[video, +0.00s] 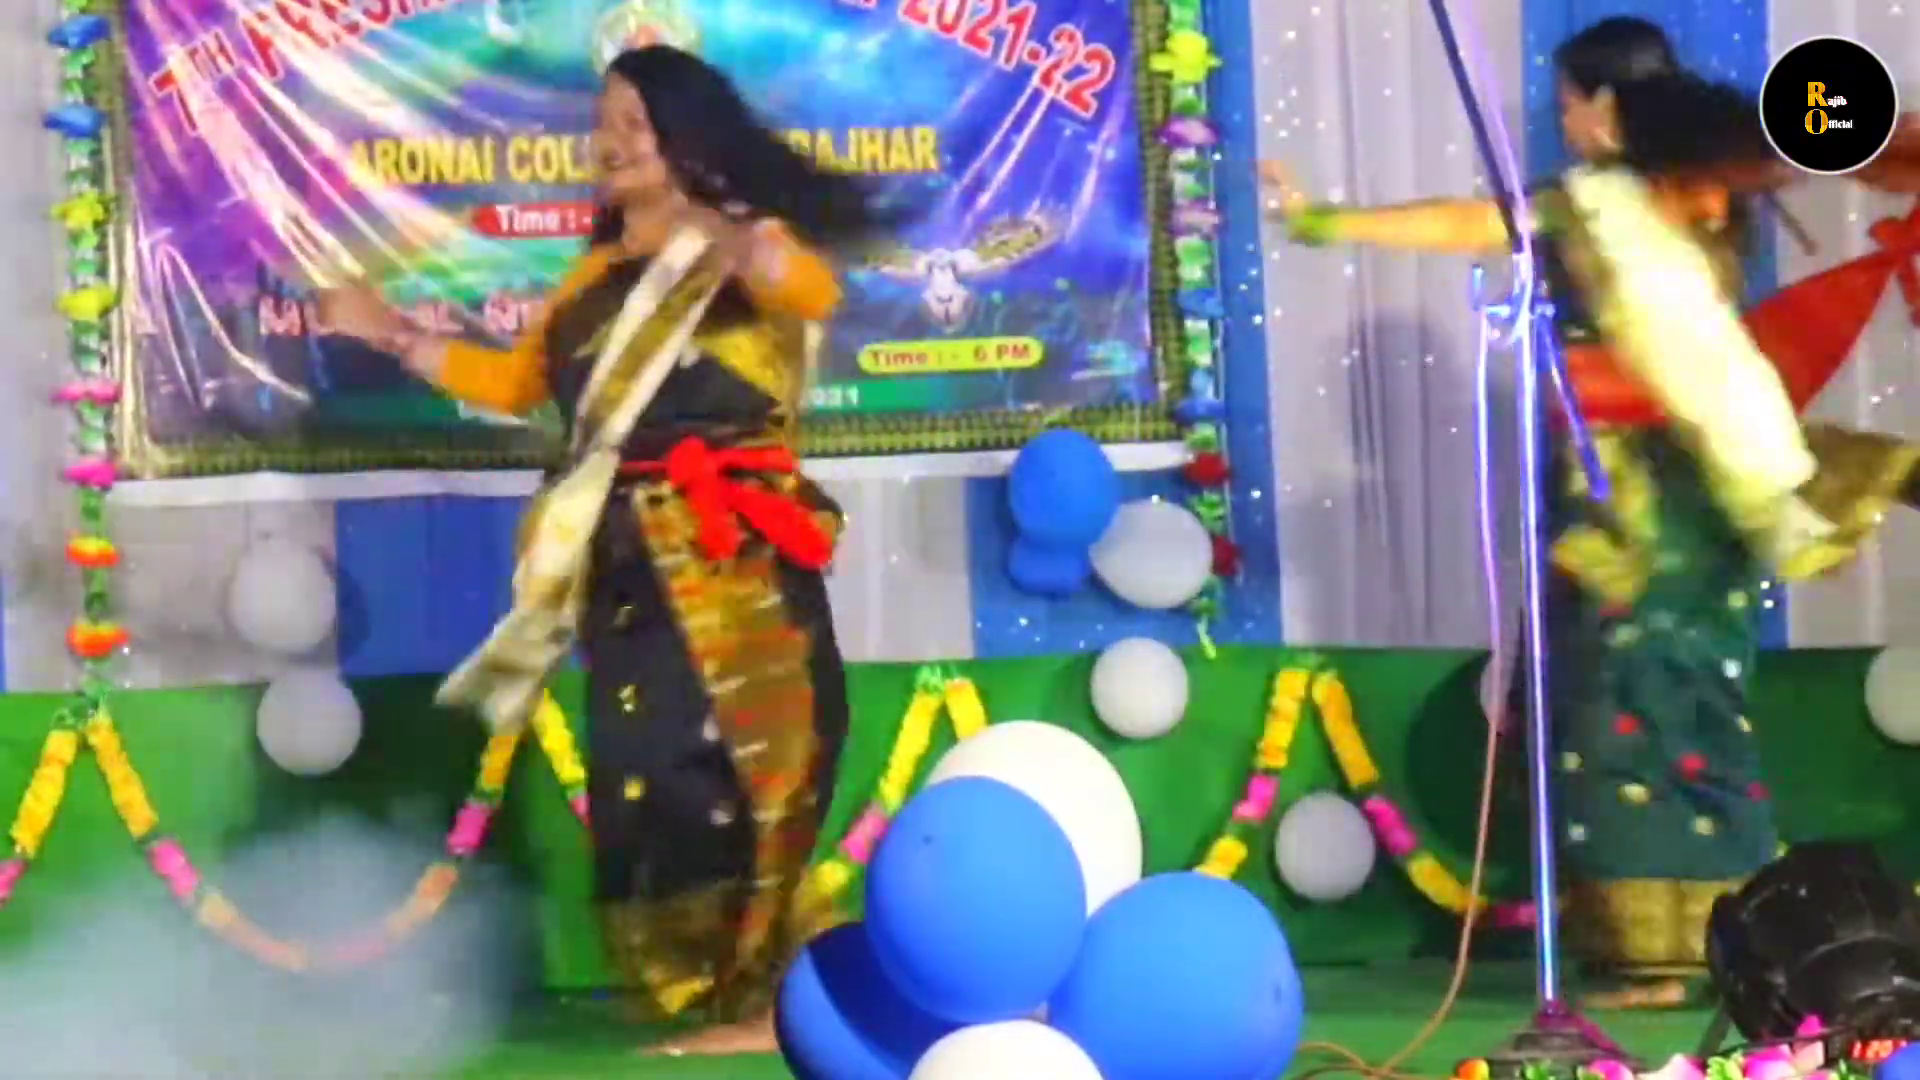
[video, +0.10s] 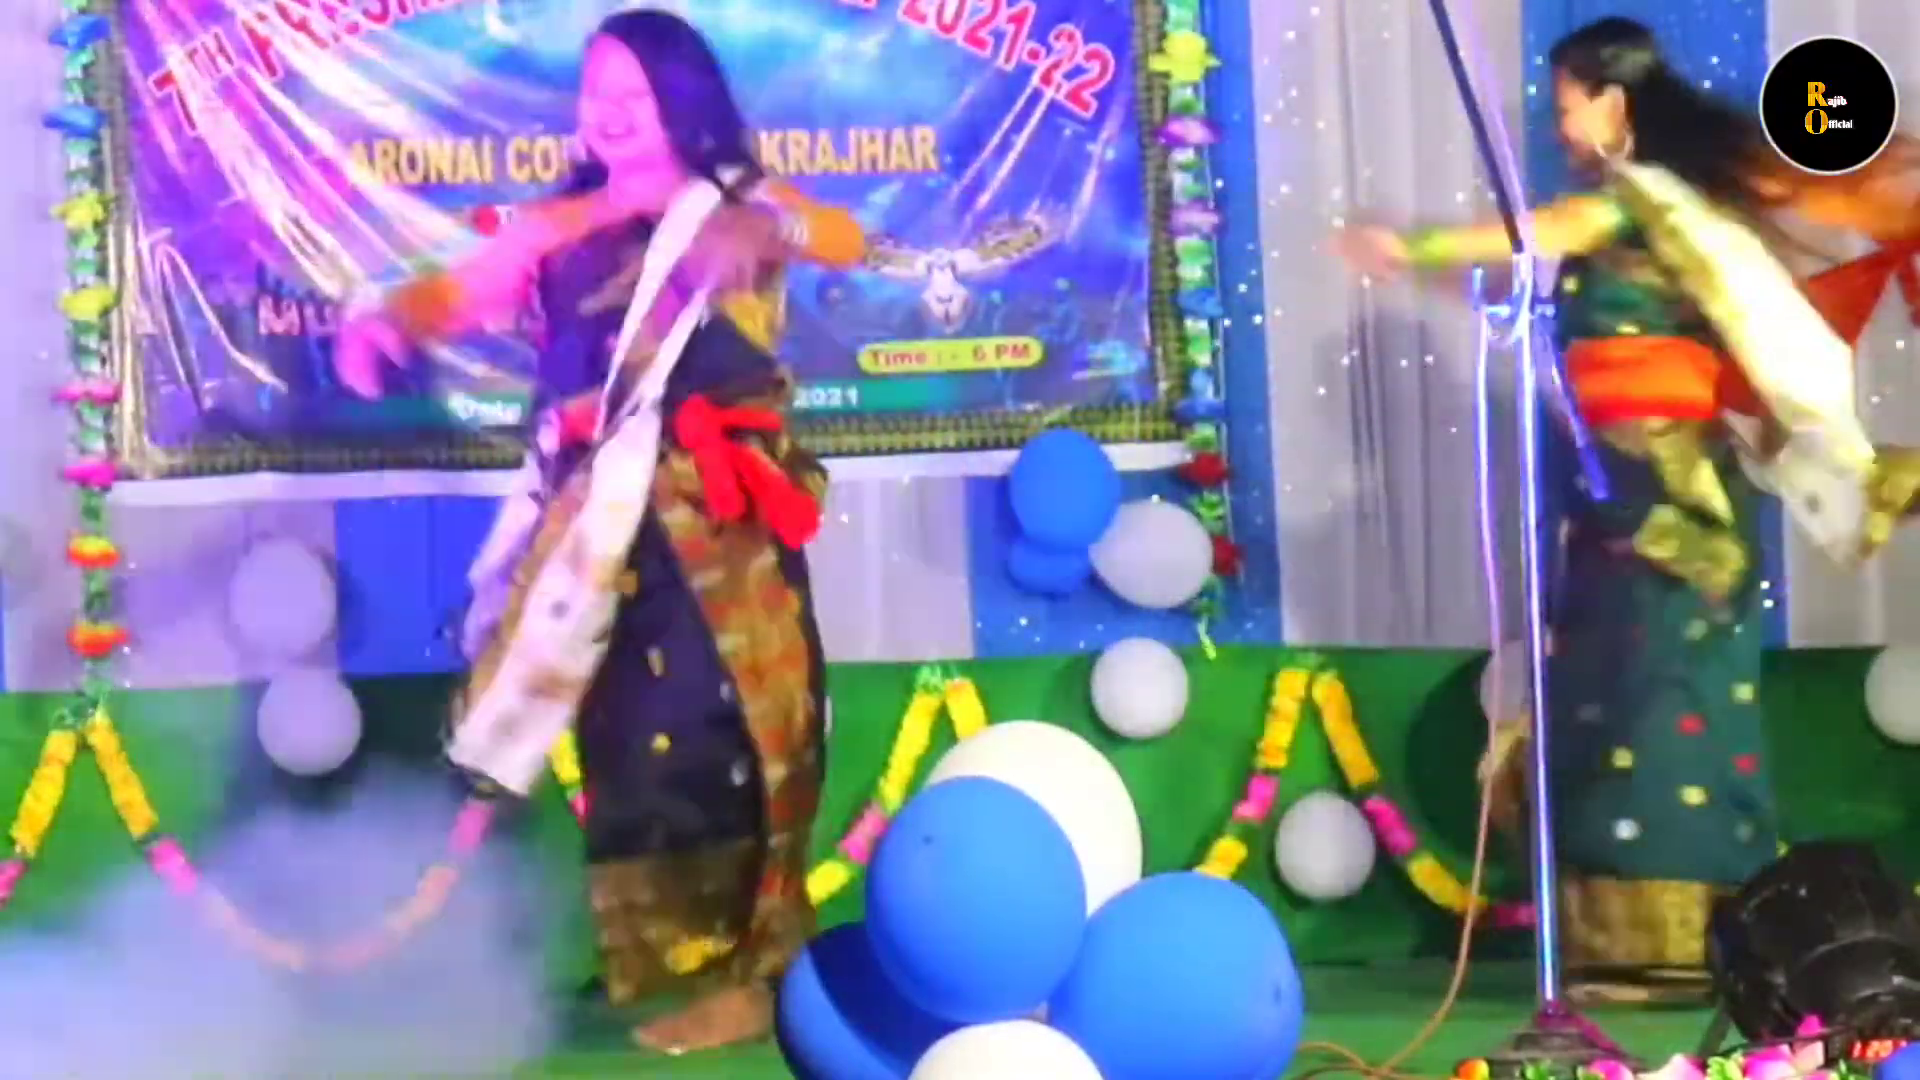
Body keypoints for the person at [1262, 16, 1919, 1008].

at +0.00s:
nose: (1561, 122)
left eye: (1568, 104)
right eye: (1564, 104)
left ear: (1601, 107)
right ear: (1649, 100)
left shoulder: (1596, 199)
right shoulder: (1710, 197)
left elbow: (1470, 223)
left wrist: (1324, 220)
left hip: (1628, 483)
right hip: (1705, 479)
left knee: (1618, 700)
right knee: (1686, 699)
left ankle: (1656, 957)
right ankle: (1705, 938)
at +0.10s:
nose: (1557, 124)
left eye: (1565, 103)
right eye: (1556, 104)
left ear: (1614, 100)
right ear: (1628, 101)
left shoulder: (1626, 200)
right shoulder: (1676, 204)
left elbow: (1528, 238)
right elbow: (1515, 276)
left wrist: (1411, 246)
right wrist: (1416, 269)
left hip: (1639, 484)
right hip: (1683, 480)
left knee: (1626, 709)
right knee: (1675, 708)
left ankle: (1638, 947)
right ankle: (1679, 939)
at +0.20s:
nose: (1553, 143)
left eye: (1563, 120)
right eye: (1548, 124)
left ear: (1618, 110)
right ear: (1603, 120)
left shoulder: (1651, 228)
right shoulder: (1616, 230)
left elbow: (1532, 321)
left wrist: (1393, 368)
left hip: (1651, 510)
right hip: (1627, 506)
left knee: (1643, 718)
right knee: (1636, 717)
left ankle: (1667, 944)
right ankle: (1651, 941)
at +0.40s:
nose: (1546, 233)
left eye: (1562, 212)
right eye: (1538, 216)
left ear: (1618, 209)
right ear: (1530, 222)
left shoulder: (1676, 321)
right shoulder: (1523, 333)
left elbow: (1687, 464)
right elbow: (1505, 473)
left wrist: (1611, 578)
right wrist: (1515, 588)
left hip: (1663, 560)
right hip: (1558, 565)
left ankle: (1684, 927)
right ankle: (1577, 931)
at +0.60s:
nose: (1507, 152)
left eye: (1522, 130)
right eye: (1494, 136)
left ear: (1571, 125)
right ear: (1487, 142)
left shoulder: (1635, 238)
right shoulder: (1472, 243)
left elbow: (1657, 383)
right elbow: (1416, 379)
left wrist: (1592, 515)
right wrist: (1437, 496)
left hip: (1600, 506)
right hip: (1483, 512)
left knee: (1606, 725)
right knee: (1417, 710)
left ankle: (1677, 946)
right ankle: (1440, 937)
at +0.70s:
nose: (1457, 139)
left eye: (1471, 116)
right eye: (1444, 120)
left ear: (1524, 104)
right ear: (1435, 122)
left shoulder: (1600, 205)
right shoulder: (1429, 219)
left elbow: (1628, 349)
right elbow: (1368, 346)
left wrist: (1561, 472)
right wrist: (1384, 456)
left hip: (1559, 504)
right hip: (1439, 502)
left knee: (1541, 723)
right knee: (1423, 724)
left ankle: (1555, 940)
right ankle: (1415, 968)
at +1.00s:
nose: (1400, 171)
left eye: (1417, 150)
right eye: (1385, 154)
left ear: (1466, 149)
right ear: (1373, 159)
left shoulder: (1525, 272)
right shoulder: (1344, 260)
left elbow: (1572, 424)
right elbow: (1270, 390)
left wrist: (1502, 541)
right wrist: (1324, 485)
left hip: (1476, 548)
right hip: (1359, 538)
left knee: (1477, 757)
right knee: (1323, 741)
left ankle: (1479, 969)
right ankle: (1276, 959)